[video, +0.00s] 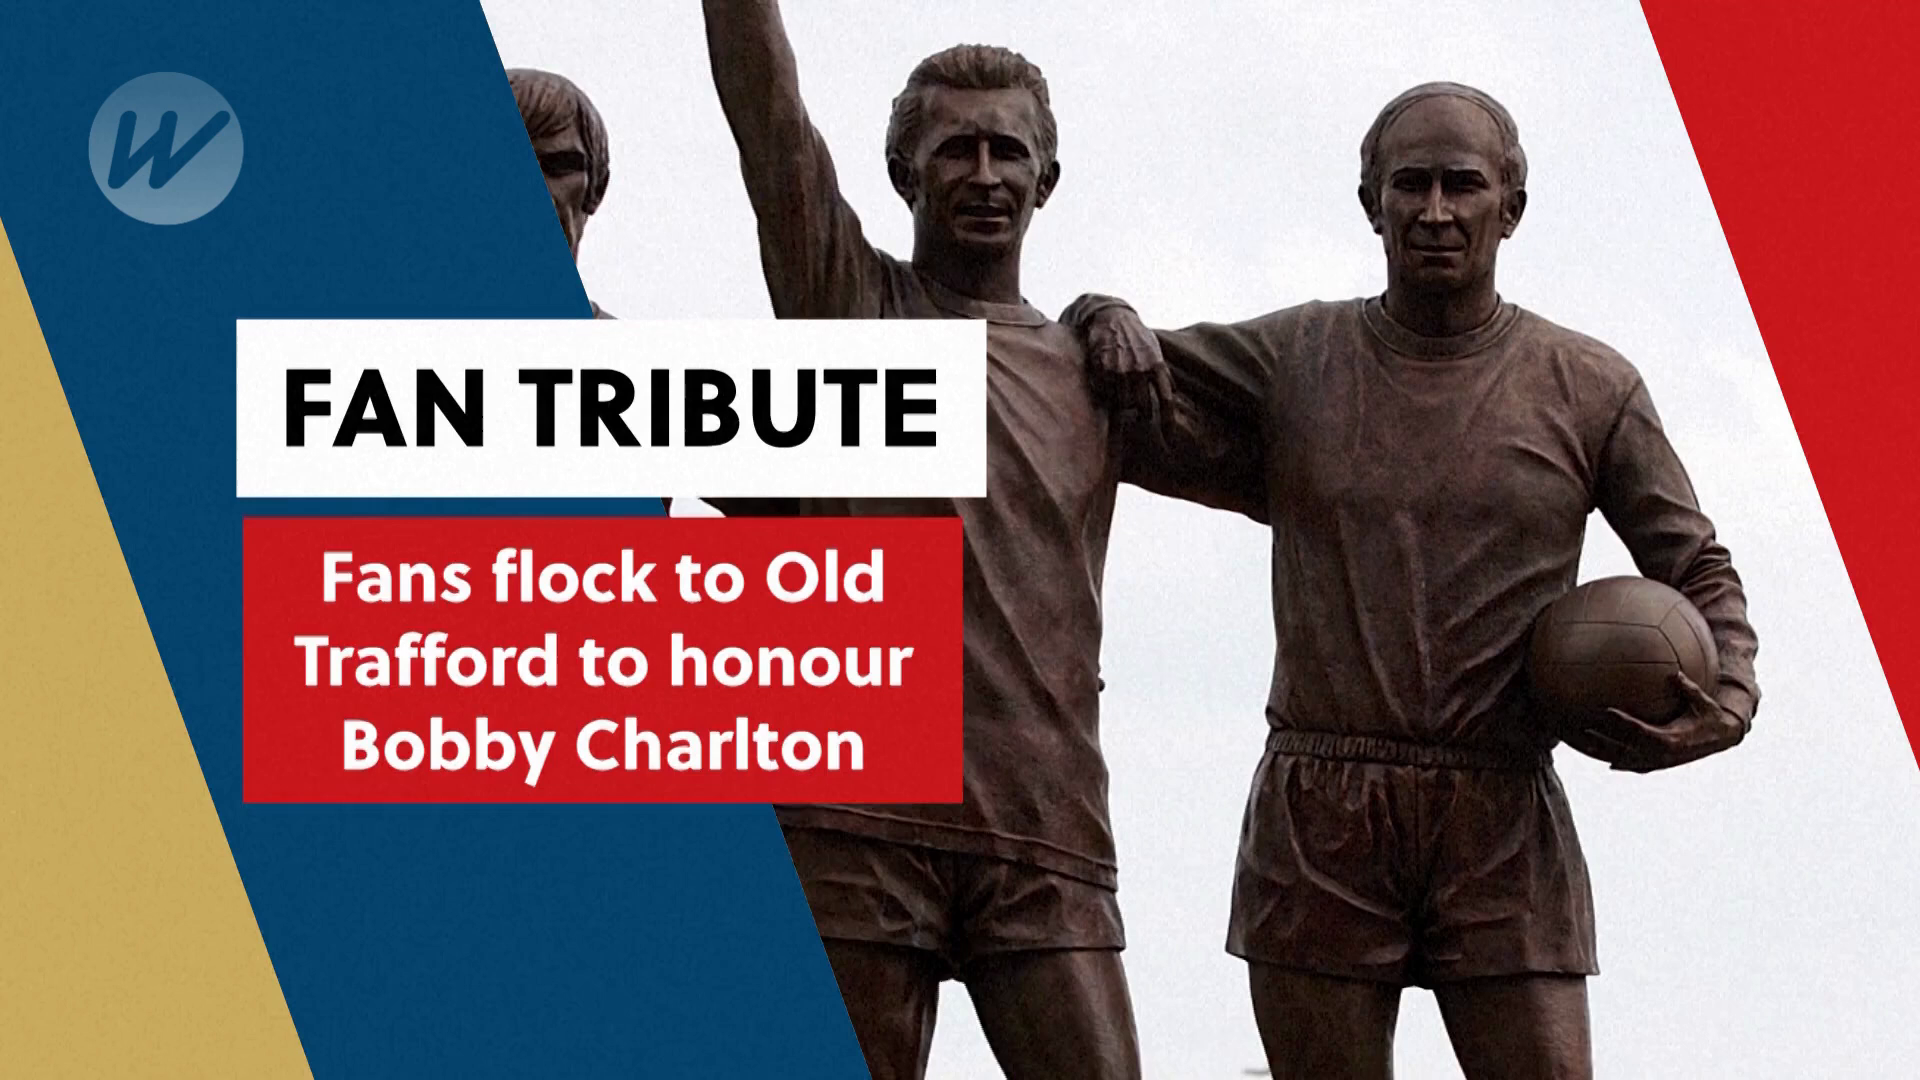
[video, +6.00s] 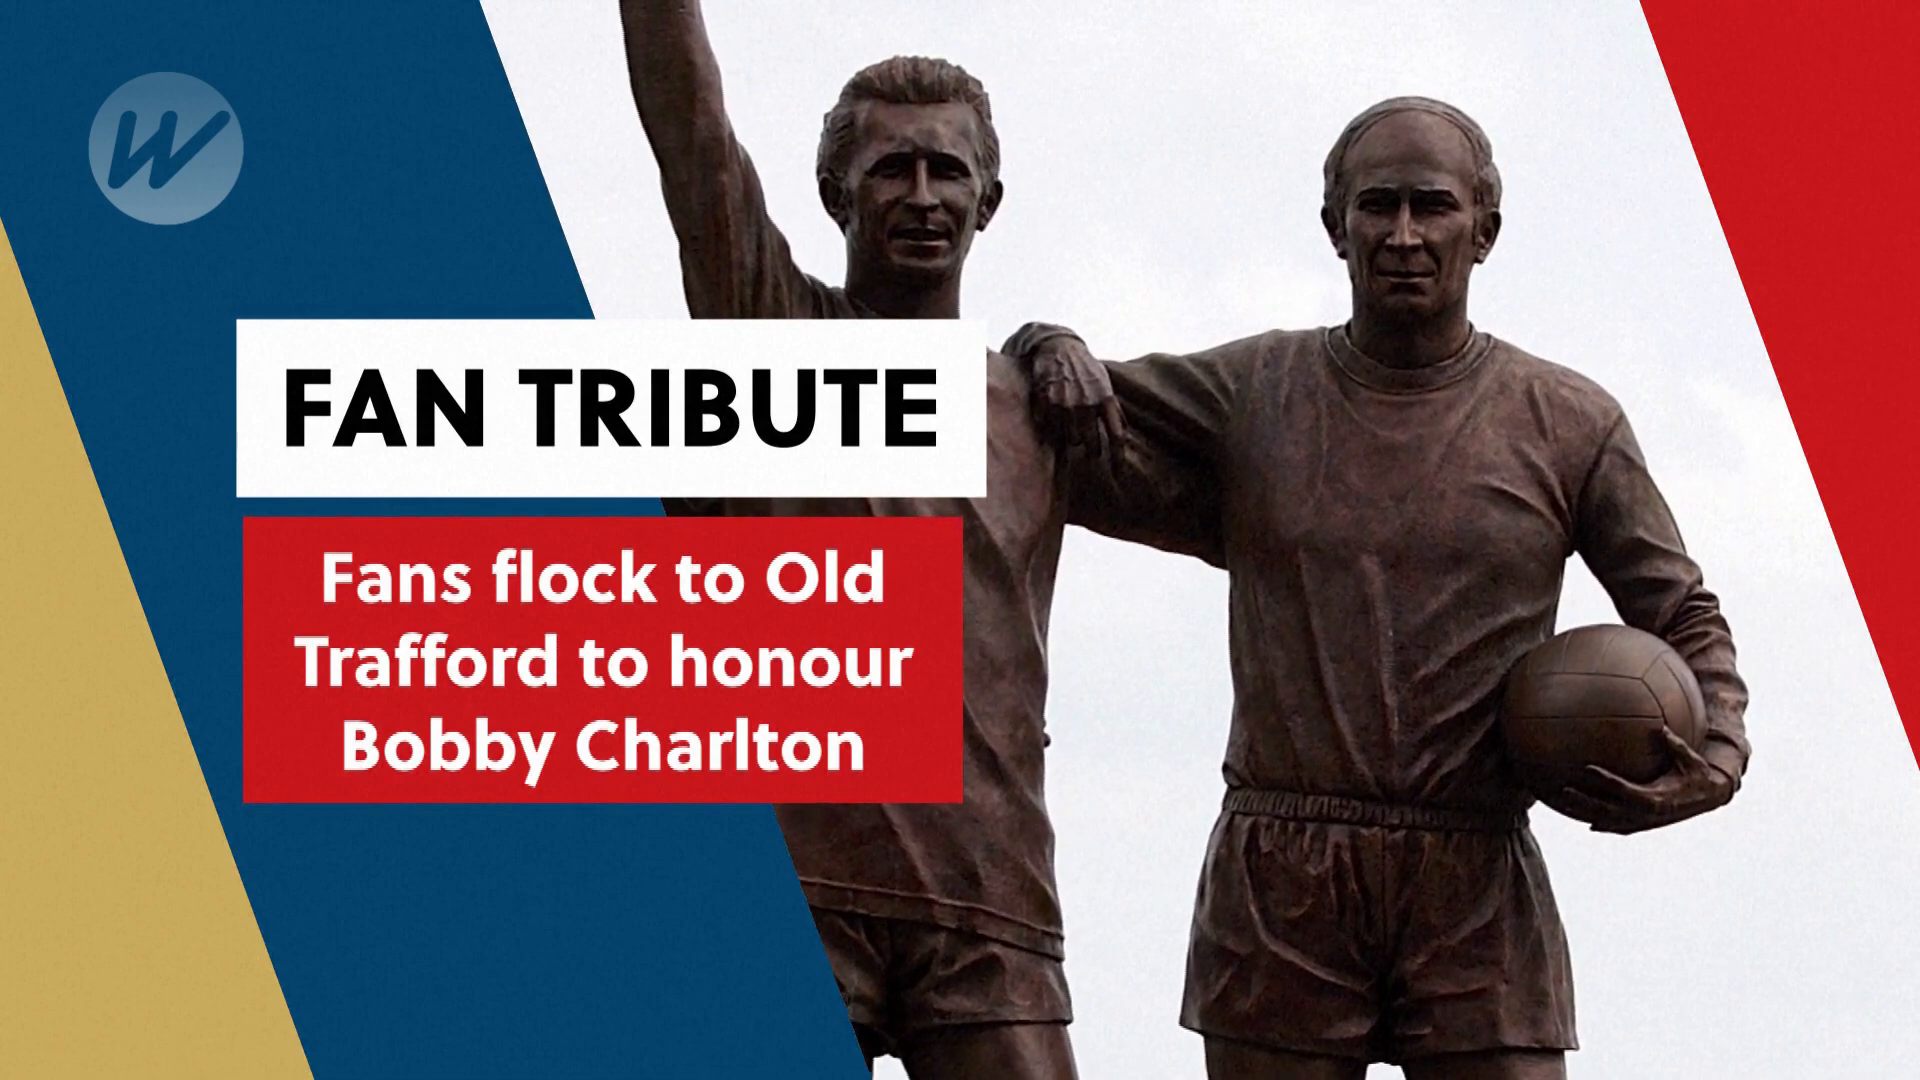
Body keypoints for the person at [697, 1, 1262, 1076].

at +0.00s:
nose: (985, 172)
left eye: (1009, 150)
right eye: (956, 149)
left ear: (1043, 177)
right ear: (903, 174)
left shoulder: (1094, 375)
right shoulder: (843, 303)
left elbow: (1293, 464)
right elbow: (761, 101)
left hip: (1047, 837)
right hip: (850, 827)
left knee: (1099, 1068)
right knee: (859, 1062)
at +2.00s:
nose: (963, 178)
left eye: (987, 156)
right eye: (933, 156)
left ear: (1024, 184)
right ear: (882, 182)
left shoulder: (1077, 388)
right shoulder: (820, 314)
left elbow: (1283, 482)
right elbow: (741, 122)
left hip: (1027, 859)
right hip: (833, 851)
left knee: (1079, 1067)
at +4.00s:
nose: (944, 185)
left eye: (968, 162)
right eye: (913, 162)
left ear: (1006, 192)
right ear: (860, 187)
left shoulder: (1060, 397)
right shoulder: (794, 325)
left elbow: (1269, 496)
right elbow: (714, 127)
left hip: (1007, 871)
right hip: (813, 870)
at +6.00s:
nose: (922, 193)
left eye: (948, 170)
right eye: (891, 169)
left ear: (987, 202)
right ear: (837, 196)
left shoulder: (1041, 406)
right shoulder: (770, 336)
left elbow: (1245, 508)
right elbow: (689, 130)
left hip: (989, 897)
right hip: (796, 891)